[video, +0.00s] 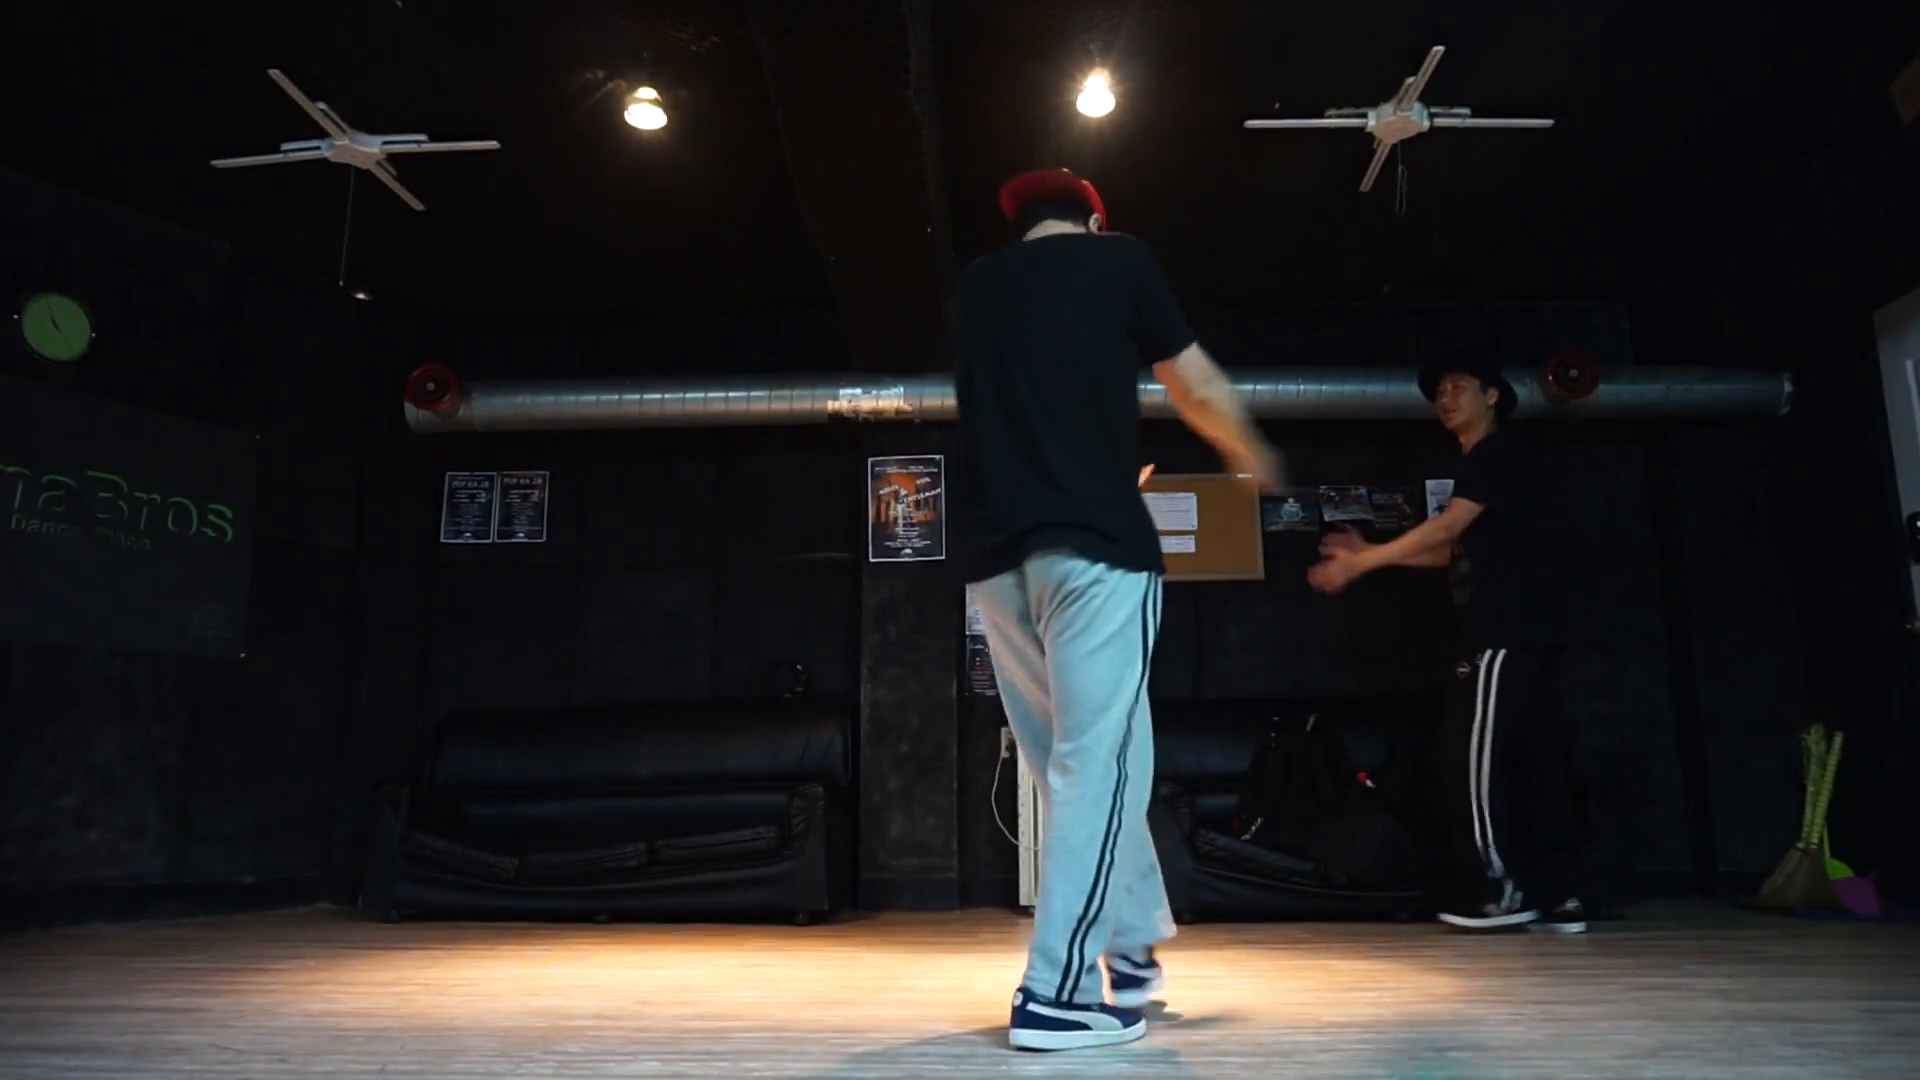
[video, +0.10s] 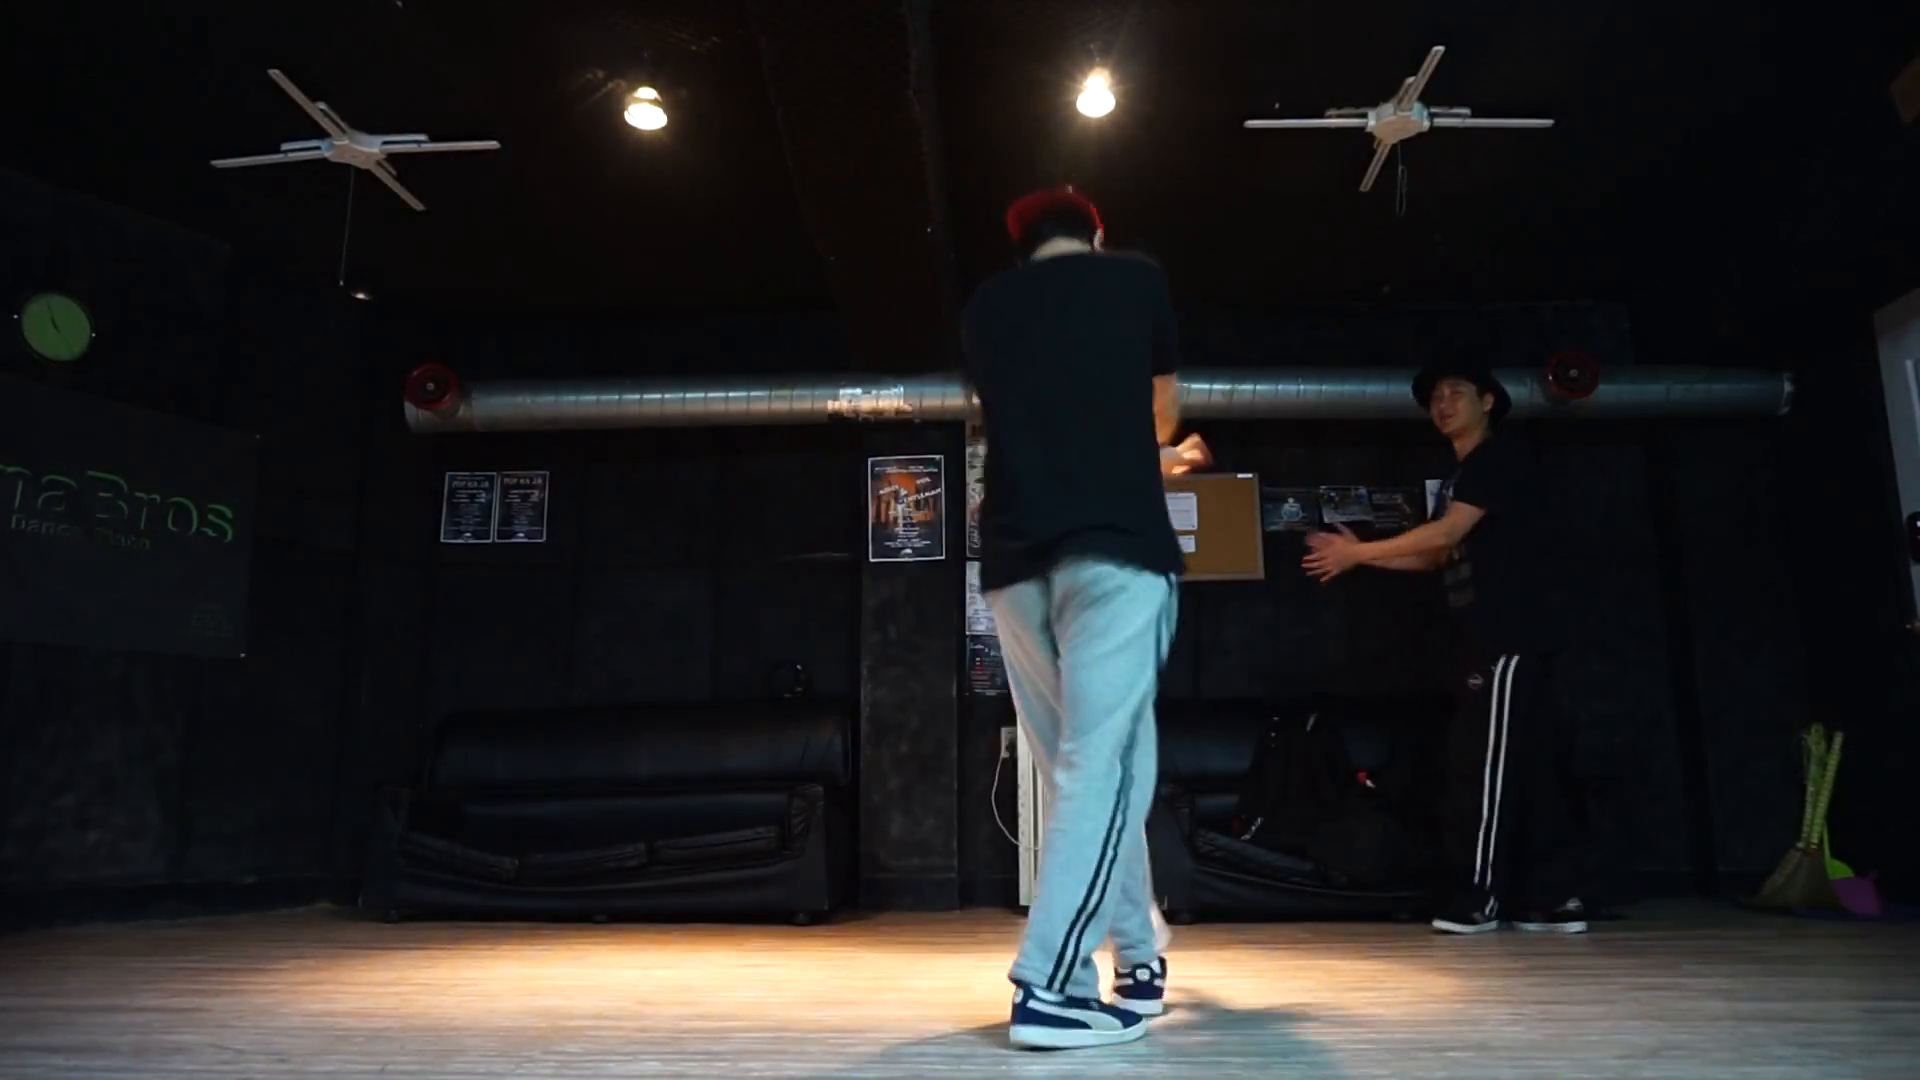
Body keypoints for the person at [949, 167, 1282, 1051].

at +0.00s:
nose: (1097, 231)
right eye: (1096, 220)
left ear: (1015, 229)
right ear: (1094, 219)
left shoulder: (977, 286)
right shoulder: (1117, 261)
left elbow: (1008, 414)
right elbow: (1196, 391)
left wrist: (1109, 474)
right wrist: (1255, 459)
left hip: (995, 556)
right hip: (1095, 539)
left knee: (1084, 760)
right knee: (1091, 766)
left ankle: (1129, 960)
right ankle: (1054, 996)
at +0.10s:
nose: (1096, 247)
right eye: (1098, 235)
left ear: (1021, 250)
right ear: (1097, 235)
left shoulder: (987, 305)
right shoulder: (1136, 277)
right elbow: (1161, 418)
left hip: (1011, 550)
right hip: (1117, 533)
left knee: (1087, 763)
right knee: (1094, 763)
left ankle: (1140, 961)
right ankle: (1049, 987)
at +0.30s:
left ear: (1030, 294)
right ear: (1103, 281)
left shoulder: (1005, 341)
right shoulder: (1156, 326)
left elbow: (1004, 438)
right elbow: (1149, 422)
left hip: (1036, 591)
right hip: (1140, 583)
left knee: (1073, 780)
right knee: (1177, 763)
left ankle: (1134, 974)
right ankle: (1112, 891)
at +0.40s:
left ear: (1036, 303)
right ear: (1110, 293)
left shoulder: (1011, 352)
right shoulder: (1164, 345)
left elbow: (1001, 479)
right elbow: (1175, 460)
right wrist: (1191, 550)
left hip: (1044, 595)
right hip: (1146, 588)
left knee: (1072, 781)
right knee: (1166, 746)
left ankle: (1133, 970)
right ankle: (1159, 859)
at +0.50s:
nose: (1038, 320)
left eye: (1034, 309)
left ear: (1037, 307)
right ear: (1110, 299)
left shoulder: (1015, 355)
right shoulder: (1167, 356)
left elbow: (987, 461)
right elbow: (1202, 479)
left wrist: (1035, 433)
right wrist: (1247, 582)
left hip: (1051, 595)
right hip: (1147, 594)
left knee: (1073, 781)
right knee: (1148, 746)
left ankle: (1131, 962)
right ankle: (1176, 888)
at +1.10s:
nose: (998, 362)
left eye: (998, 354)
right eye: (1000, 354)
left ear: (1006, 347)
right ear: (1068, 340)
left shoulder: (1013, 387)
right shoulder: (1116, 404)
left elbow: (959, 485)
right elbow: (1116, 516)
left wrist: (989, 414)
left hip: (1037, 608)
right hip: (1109, 615)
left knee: (981, 750)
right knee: (1092, 780)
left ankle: (1068, 875)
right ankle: (1112, 945)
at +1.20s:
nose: (984, 362)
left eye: (983, 354)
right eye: (984, 354)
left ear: (994, 346)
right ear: (1052, 339)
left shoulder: (1006, 390)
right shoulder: (1091, 395)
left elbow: (950, 478)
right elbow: (1073, 485)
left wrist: (970, 412)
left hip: (1030, 605)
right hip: (1100, 607)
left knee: (974, 753)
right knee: (1086, 776)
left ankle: (1028, 902)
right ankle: (1109, 942)